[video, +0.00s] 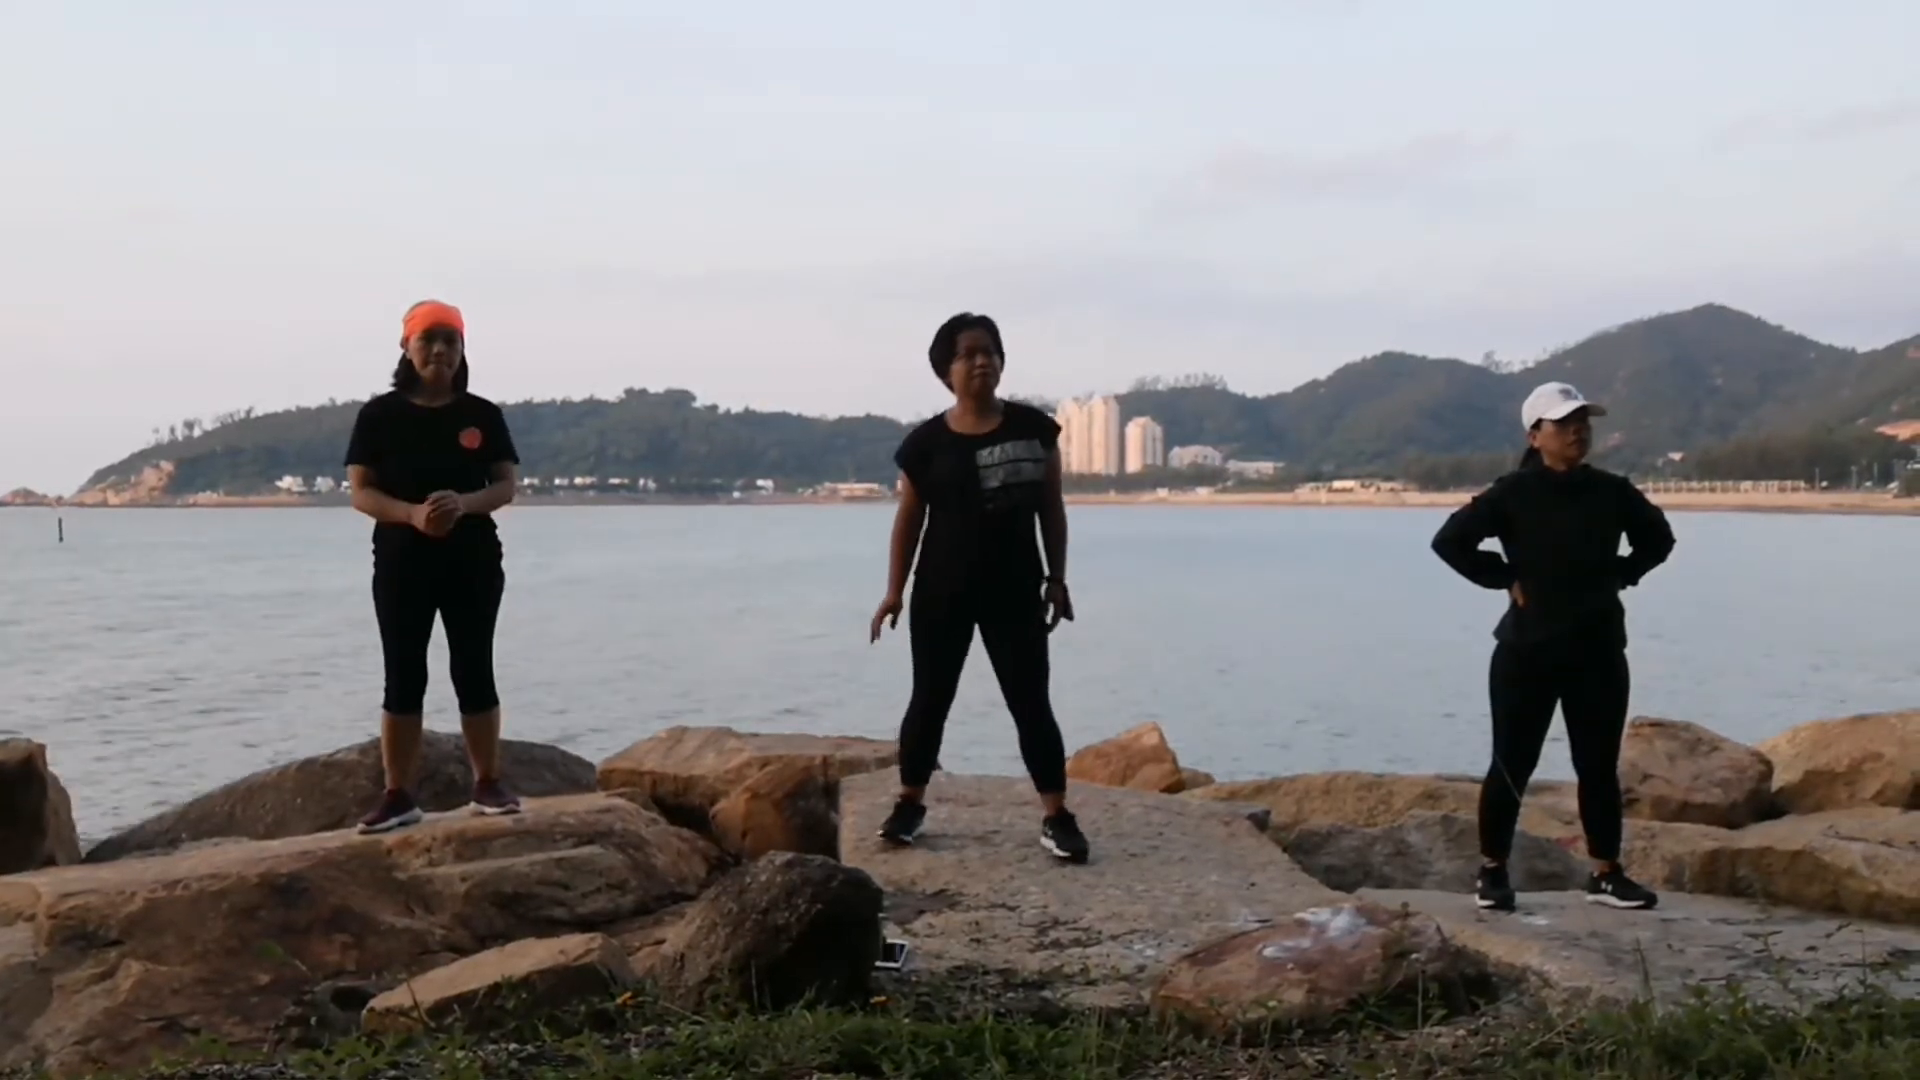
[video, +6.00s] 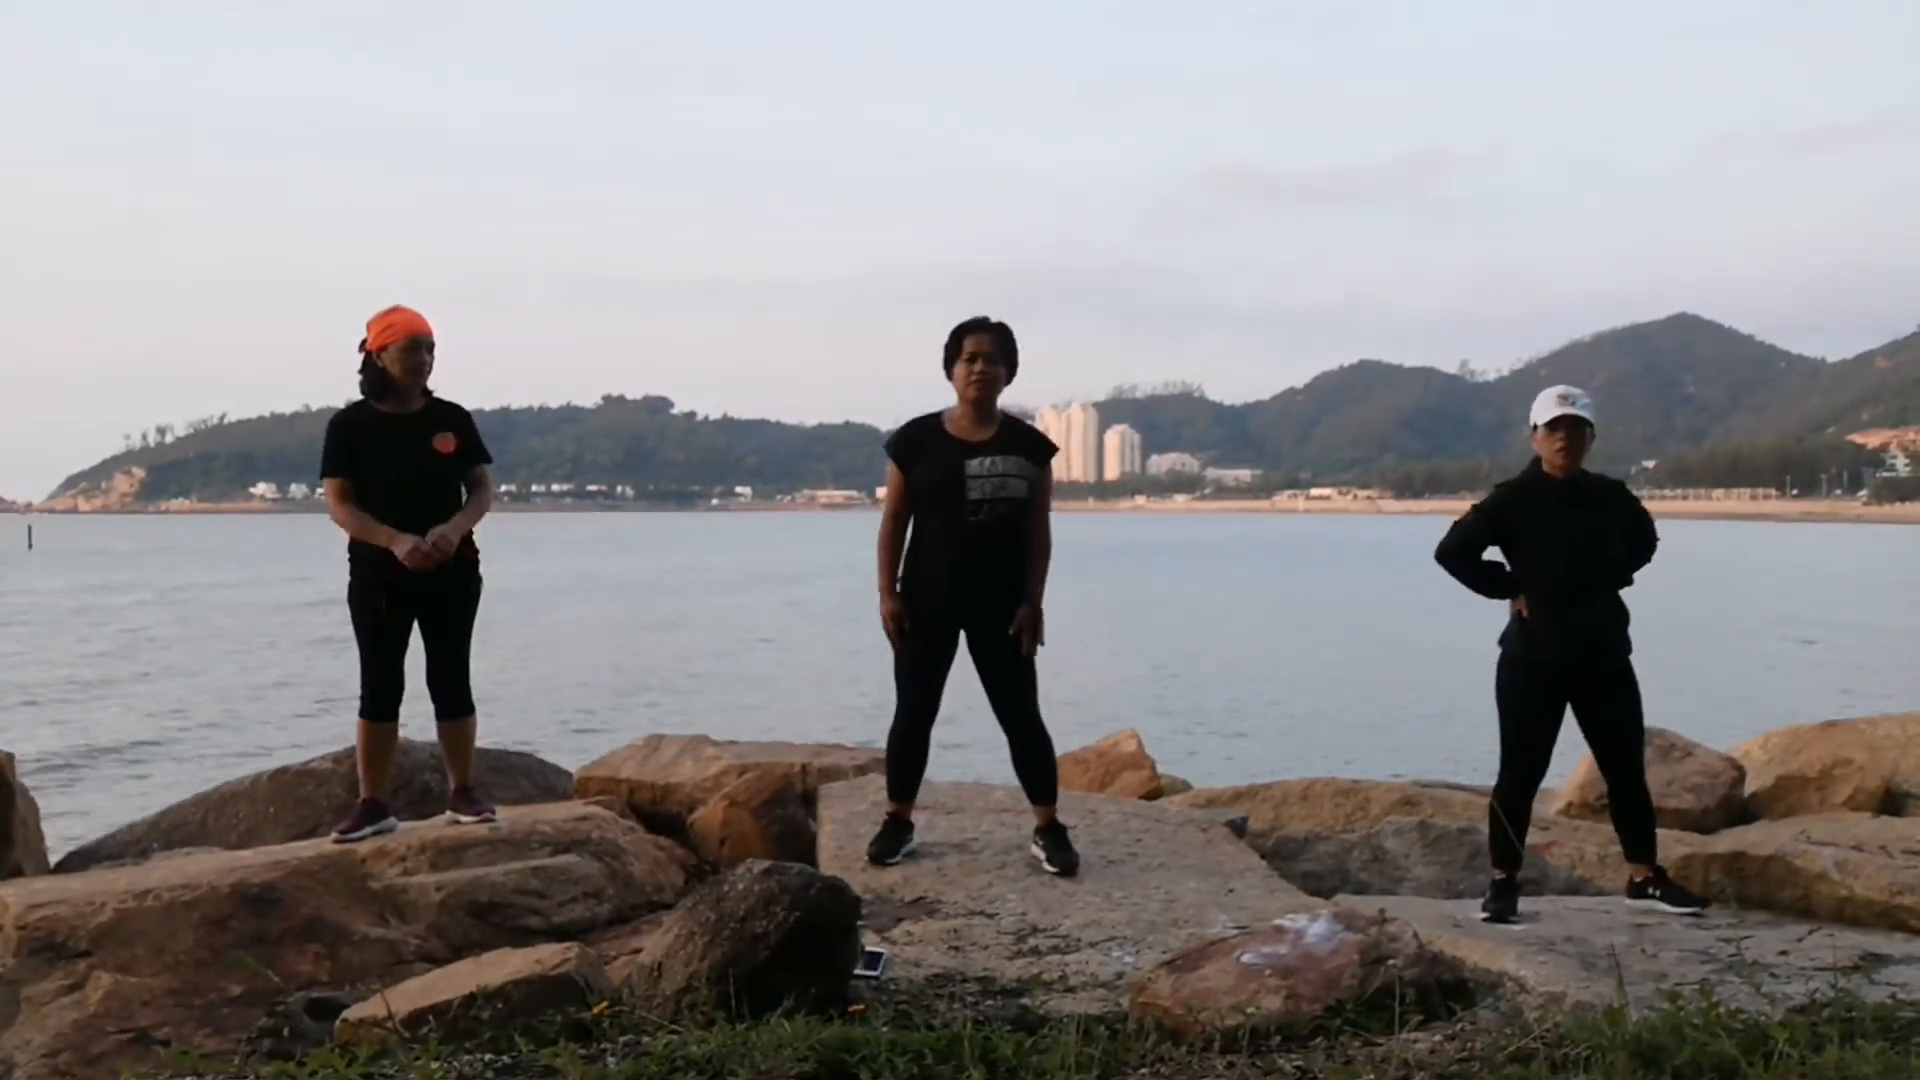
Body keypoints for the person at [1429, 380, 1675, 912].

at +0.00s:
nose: (1580, 432)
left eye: (1582, 422)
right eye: (1567, 424)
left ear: (1587, 427)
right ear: (1536, 434)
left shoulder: (1611, 490)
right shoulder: (1512, 493)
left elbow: (1659, 538)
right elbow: (1449, 543)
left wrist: (1619, 574)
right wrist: (1506, 577)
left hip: (1597, 650)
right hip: (1528, 650)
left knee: (1599, 768)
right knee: (1511, 765)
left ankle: (1607, 873)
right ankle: (1493, 872)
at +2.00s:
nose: (1575, 433)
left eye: (1580, 423)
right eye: (1562, 425)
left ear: (1587, 430)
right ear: (1534, 435)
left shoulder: (1607, 494)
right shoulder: (1508, 495)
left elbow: (1654, 542)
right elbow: (1444, 542)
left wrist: (1611, 577)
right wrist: (1501, 579)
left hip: (1592, 652)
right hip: (1523, 652)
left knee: (1593, 768)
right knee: (1506, 766)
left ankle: (1600, 874)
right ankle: (1487, 874)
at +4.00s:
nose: (1499, 439)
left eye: (1508, 429)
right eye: (1488, 429)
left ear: (1520, 434)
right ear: (1466, 437)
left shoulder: (1540, 490)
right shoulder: (1446, 501)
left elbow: (1584, 525)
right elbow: (1386, 557)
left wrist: (1551, 565)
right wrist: (1445, 588)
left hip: (1540, 642)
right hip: (1475, 647)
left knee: (1572, 758)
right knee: (1475, 767)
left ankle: (1590, 865)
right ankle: (1477, 876)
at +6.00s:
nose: (1566, 438)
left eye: (1576, 428)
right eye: (1555, 428)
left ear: (1590, 436)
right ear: (1535, 436)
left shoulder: (1611, 494)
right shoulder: (1513, 499)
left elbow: (1645, 541)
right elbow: (1453, 552)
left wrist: (1608, 578)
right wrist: (1509, 588)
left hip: (1602, 653)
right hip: (1534, 655)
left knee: (1626, 765)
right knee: (1520, 770)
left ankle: (1645, 875)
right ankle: (1504, 883)